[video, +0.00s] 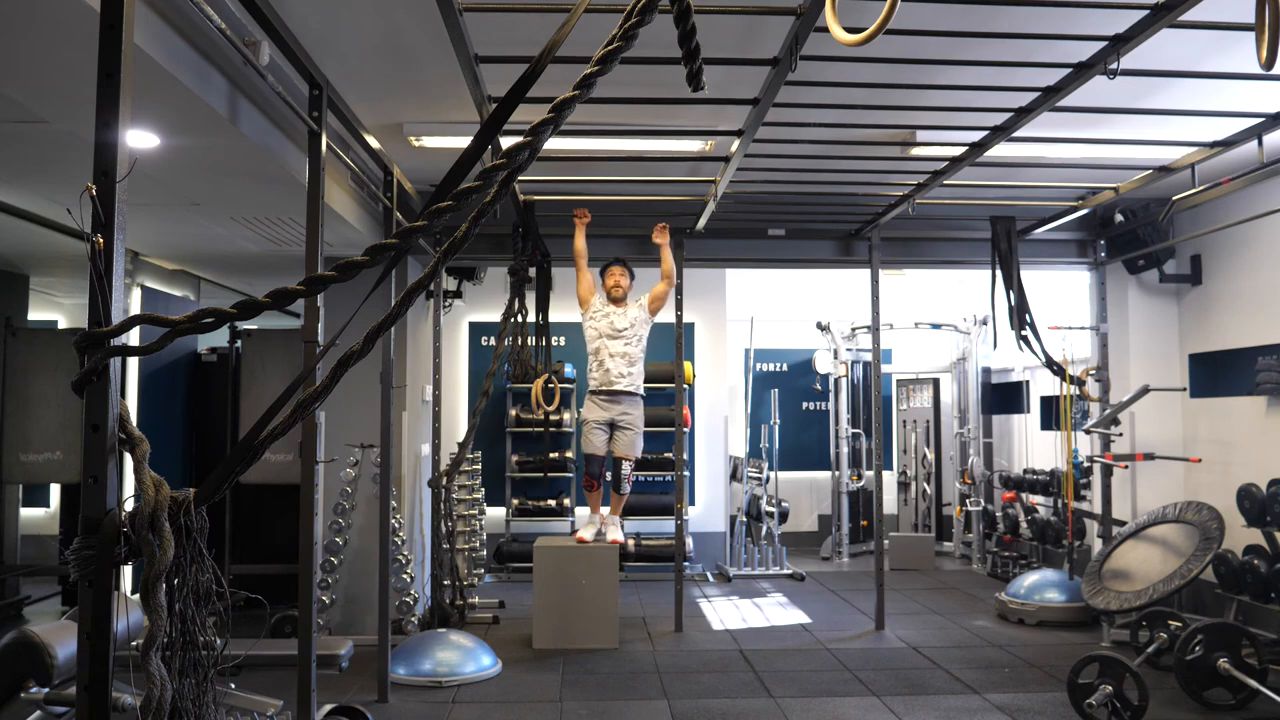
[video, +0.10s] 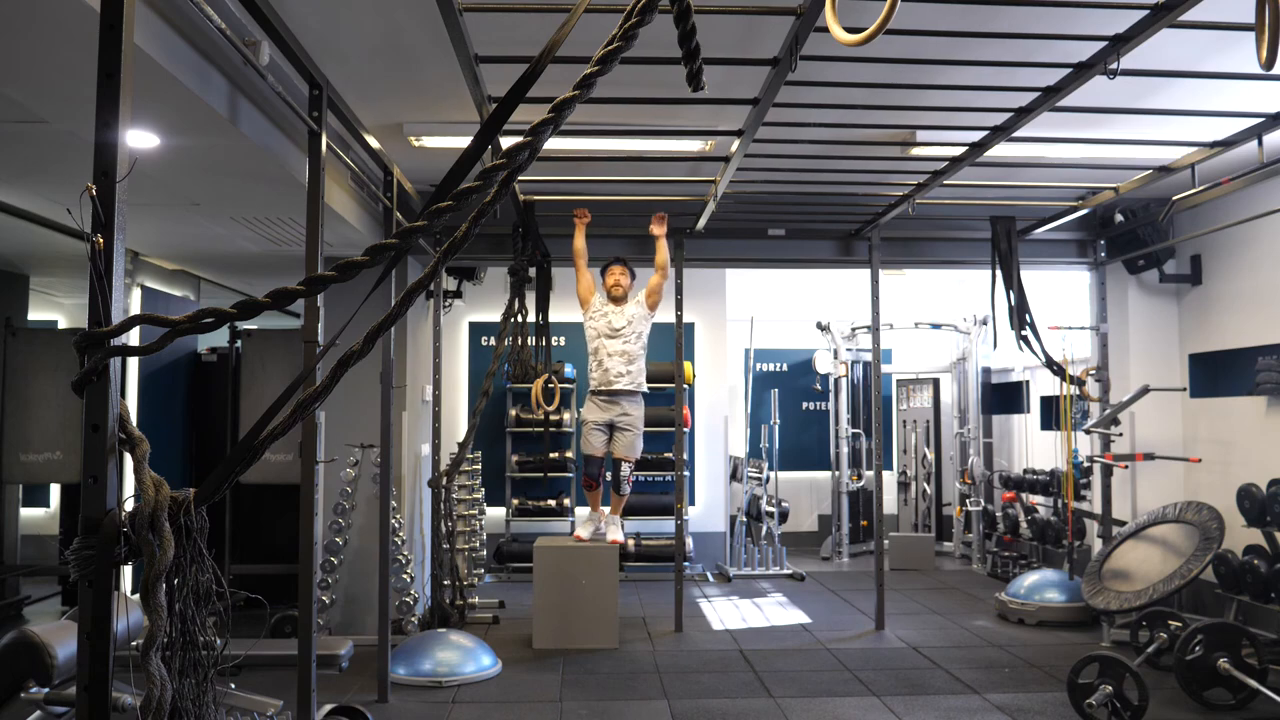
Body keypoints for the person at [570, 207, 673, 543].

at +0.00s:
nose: (616, 278)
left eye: (622, 275)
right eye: (611, 275)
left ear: (631, 284)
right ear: (602, 283)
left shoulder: (643, 310)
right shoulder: (592, 308)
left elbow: (669, 281)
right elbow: (581, 266)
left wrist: (664, 245)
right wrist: (580, 226)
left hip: (631, 401)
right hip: (596, 399)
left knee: (624, 467)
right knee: (593, 467)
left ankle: (614, 521)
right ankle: (595, 519)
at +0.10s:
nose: (617, 276)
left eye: (623, 273)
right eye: (611, 273)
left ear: (631, 283)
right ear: (603, 282)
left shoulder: (642, 308)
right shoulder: (592, 307)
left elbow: (662, 273)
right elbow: (580, 265)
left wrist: (660, 236)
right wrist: (580, 226)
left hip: (631, 401)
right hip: (597, 399)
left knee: (623, 470)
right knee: (591, 469)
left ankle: (614, 520)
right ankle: (595, 516)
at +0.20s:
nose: (617, 275)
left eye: (623, 271)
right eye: (612, 271)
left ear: (632, 280)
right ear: (603, 280)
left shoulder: (642, 304)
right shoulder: (594, 305)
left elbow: (655, 262)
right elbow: (580, 264)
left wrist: (655, 224)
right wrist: (580, 227)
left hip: (631, 399)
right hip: (599, 398)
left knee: (622, 467)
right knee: (588, 465)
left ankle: (615, 520)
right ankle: (594, 513)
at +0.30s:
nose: (617, 273)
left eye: (623, 270)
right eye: (612, 270)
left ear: (632, 278)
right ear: (603, 279)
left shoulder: (641, 299)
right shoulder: (596, 303)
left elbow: (650, 253)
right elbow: (581, 264)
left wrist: (653, 214)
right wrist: (580, 227)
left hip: (634, 396)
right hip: (602, 394)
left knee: (623, 463)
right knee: (585, 456)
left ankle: (616, 518)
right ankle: (588, 508)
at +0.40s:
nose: (616, 268)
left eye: (622, 265)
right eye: (611, 265)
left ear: (632, 272)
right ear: (604, 274)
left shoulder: (640, 291)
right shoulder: (600, 299)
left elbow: (649, 246)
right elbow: (581, 264)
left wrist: (654, 206)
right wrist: (580, 227)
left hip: (635, 392)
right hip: (603, 389)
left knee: (624, 459)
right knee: (585, 449)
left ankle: (620, 516)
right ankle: (582, 501)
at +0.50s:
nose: (617, 267)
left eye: (623, 263)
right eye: (613, 264)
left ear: (633, 270)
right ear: (607, 273)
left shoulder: (644, 289)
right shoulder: (603, 297)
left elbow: (653, 244)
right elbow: (583, 264)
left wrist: (654, 206)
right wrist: (581, 227)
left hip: (635, 392)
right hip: (604, 387)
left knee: (623, 458)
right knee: (585, 444)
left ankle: (623, 516)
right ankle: (577, 494)